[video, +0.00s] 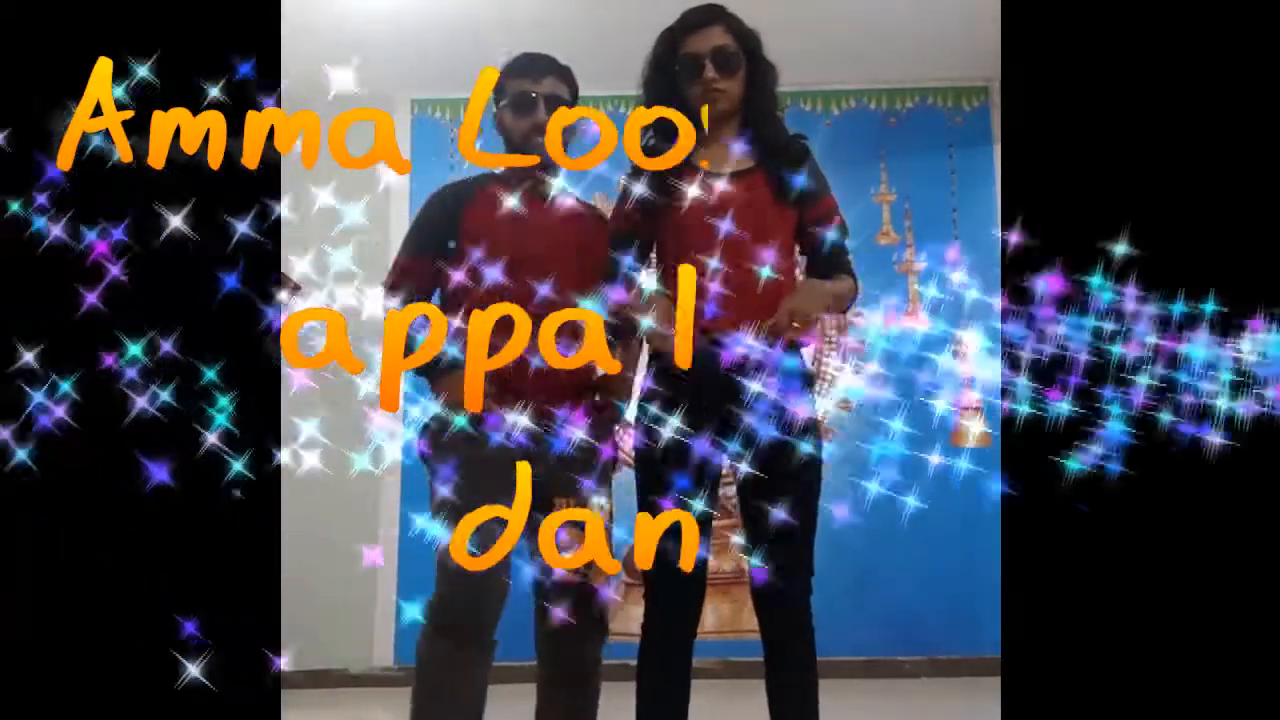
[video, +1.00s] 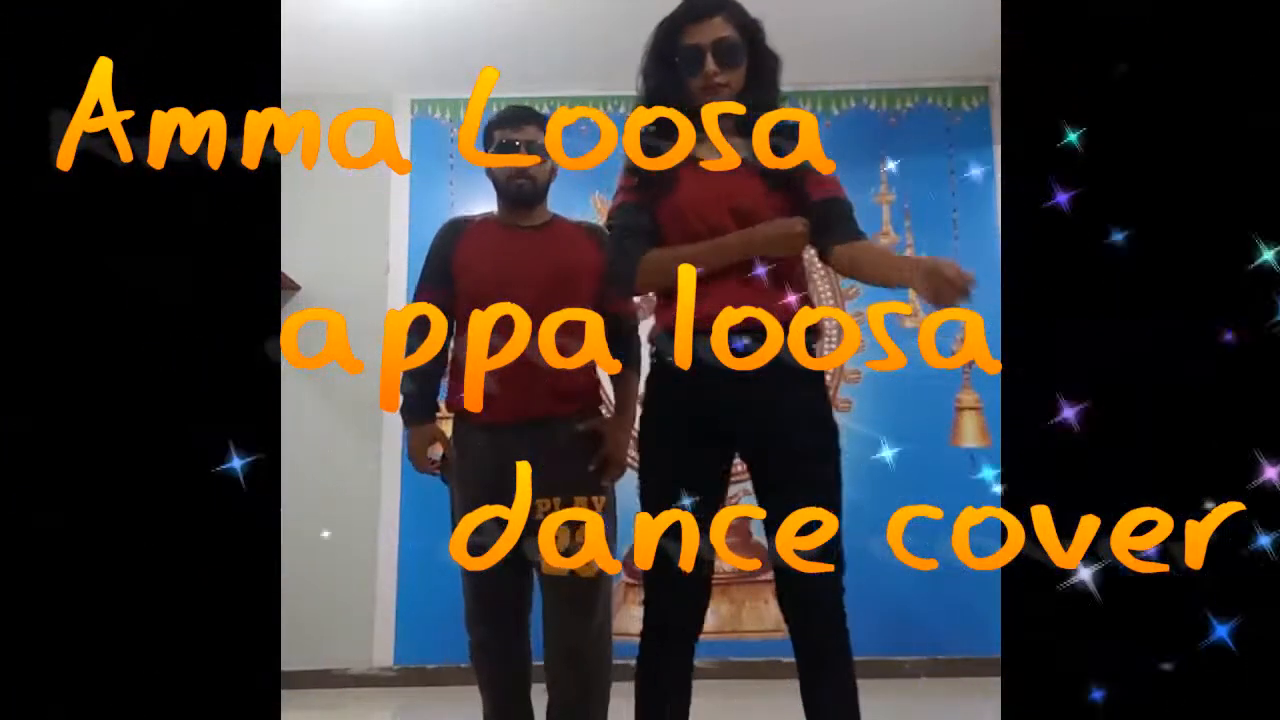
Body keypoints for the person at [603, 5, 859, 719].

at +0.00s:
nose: (710, 75)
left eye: (725, 60)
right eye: (692, 65)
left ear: (752, 71)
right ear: (670, 81)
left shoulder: (787, 160)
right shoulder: (654, 171)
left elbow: (843, 278)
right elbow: (608, 280)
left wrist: (815, 294)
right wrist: (651, 316)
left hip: (773, 395)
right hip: (678, 392)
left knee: (782, 594)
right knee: (670, 594)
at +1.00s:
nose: (710, 68)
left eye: (726, 52)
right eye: (690, 57)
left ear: (754, 62)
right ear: (669, 71)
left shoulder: (784, 139)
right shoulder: (652, 150)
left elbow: (841, 245)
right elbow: (629, 267)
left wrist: (913, 269)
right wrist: (746, 243)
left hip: (787, 385)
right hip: (685, 387)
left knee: (813, 587)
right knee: (673, 594)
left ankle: (835, 719)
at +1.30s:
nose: (721, 72)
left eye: (736, 56)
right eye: (701, 62)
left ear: (764, 65)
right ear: (680, 77)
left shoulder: (805, 142)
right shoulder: (673, 152)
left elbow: (858, 258)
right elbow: (656, 257)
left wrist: (763, 218)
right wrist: (771, 304)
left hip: (808, 388)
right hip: (704, 388)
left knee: (826, 591)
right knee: (660, 589)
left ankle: (844, 719)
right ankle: (624, 719)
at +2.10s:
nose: (698, 67)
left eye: (714, 51)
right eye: (679, 56)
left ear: (743, 61)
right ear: (656, 72)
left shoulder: (783, 152)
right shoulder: (639, 161)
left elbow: (820, 284)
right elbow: (626, 278)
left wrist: (724, 295)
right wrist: (645, 360)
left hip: (772, 387)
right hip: (670, 385)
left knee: (804, 596)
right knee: (647, 597)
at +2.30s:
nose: (706, 64)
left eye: (721, 49)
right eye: (687, 52)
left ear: (750, 57)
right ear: (665, 66)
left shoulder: (786, 151)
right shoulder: (647, 153)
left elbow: (824, 288)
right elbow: (623, 292)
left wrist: (873, 407)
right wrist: (606, 421)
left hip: (782, 393)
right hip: (677, 393)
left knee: (809, 601)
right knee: (651, 603)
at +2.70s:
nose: (703, 56)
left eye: (719, 39)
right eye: (684, 45)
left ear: (751, 49)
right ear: (666, 62)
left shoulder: (789, 143)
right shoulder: (649, 144)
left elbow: (824, 288)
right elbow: (624, 283)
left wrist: (876, 412)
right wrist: (589, 414)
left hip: (777, 394)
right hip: (671, 393)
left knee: (804, 599)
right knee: (647, 599)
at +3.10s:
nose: (683, 57)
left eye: (699, 38)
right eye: (669, 48)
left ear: (743, 42)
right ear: (660, 65)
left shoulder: (790, 132)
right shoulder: (652, 140)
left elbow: (818, 259)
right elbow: (642, 267)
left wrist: (777, 363)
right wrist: (698, 366)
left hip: (788, 382)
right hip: (681, 382)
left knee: (812, 596)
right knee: (654, 600)